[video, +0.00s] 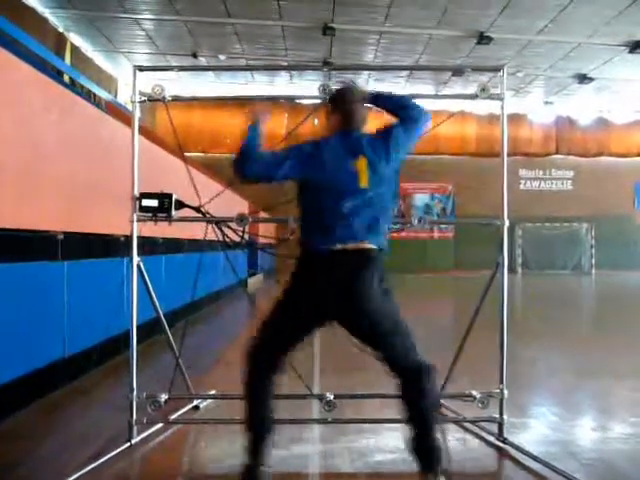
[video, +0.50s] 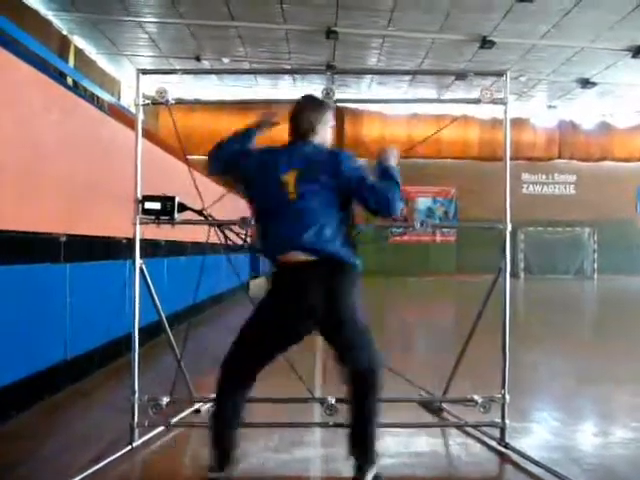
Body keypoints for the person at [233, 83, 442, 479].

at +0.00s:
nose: (333, 118)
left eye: (331, 112)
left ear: (331, 116)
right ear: (365, 115)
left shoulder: (314, 154)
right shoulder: (386, 148)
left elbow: (249, 167)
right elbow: (416, 115)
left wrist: (256, 126)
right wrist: (371, 96)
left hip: (314, 278)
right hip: (363, 279)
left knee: (263, 356)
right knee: (413, 368)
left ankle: (254, 464)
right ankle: (431, 464)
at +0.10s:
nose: (296, 114)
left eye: (298, 108)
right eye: (304, 107)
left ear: (301, 112)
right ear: (334, 112)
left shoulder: (285, 151)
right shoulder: (360, 144)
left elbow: (221, 166)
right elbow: (406, 132)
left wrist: (207, 125)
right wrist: (369, 111)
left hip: (295, 283)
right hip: (348, 282)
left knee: (234, 358)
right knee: (396, 368)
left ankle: (206, 451)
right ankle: (440, 461)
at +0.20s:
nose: (290, 136)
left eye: (276, 128)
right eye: (291, 130)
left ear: (257, 132)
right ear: (292, 136)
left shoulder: (237, 165)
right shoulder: (308, 174)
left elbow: (199, 133)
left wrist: (167, 101)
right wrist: (373, 174)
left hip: (274, 300)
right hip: (325, 295)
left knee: (212, 372)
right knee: (391, 368)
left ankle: (177, 462)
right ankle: (464, 453)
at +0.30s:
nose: (287, 146)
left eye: (284, 139)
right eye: (285, 140)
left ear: (249, 142)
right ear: (281, 145)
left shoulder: (222, 180)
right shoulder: (292, 184)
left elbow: (191, 158)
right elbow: (312, 242)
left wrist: (169, 115)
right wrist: (357, 215)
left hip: (261, 305)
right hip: (309, 301)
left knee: (192, 372)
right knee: (370, 373)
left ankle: (174, 460)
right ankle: (433, 448)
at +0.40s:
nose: (309, 141)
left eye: (308, 135)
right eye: (308, 135)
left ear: (268, 136)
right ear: (300, 138)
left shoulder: (237, 177)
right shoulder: (312, 174)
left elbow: (186, 195)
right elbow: (361, 212)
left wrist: (181, 154)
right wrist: (374, 175)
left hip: (267, 298)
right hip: (316, 296)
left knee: (206, 376)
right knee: (358, 371)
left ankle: (177, 462)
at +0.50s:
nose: (333, 131)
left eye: (331, 126)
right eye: (331, 126)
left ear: (291, 127)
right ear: (325, 128)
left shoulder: (263, 163)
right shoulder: (336, 163)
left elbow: (219, 159)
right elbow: (388, 204)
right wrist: (388, 168)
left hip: (289, 286)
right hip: (335, 284)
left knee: (237, 368)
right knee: (365, 366)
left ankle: (222, 462)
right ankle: (365, 466)